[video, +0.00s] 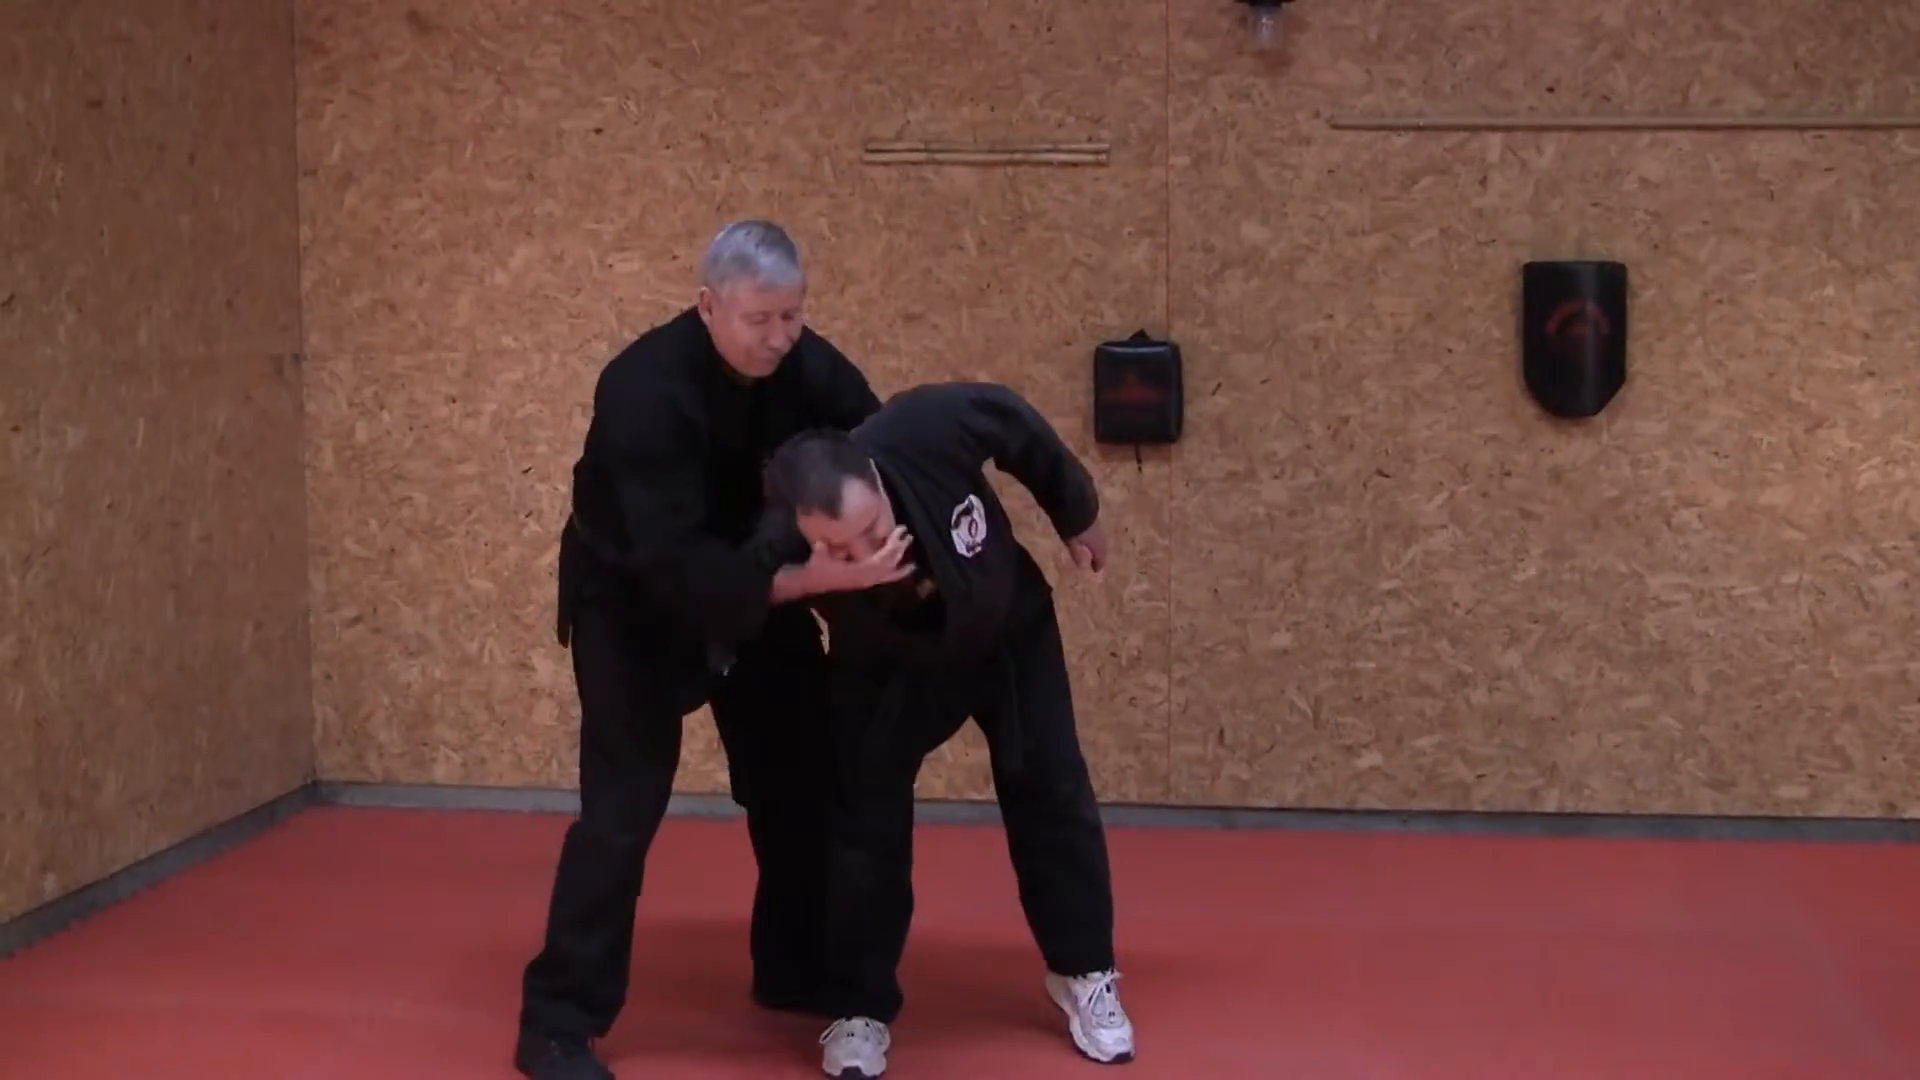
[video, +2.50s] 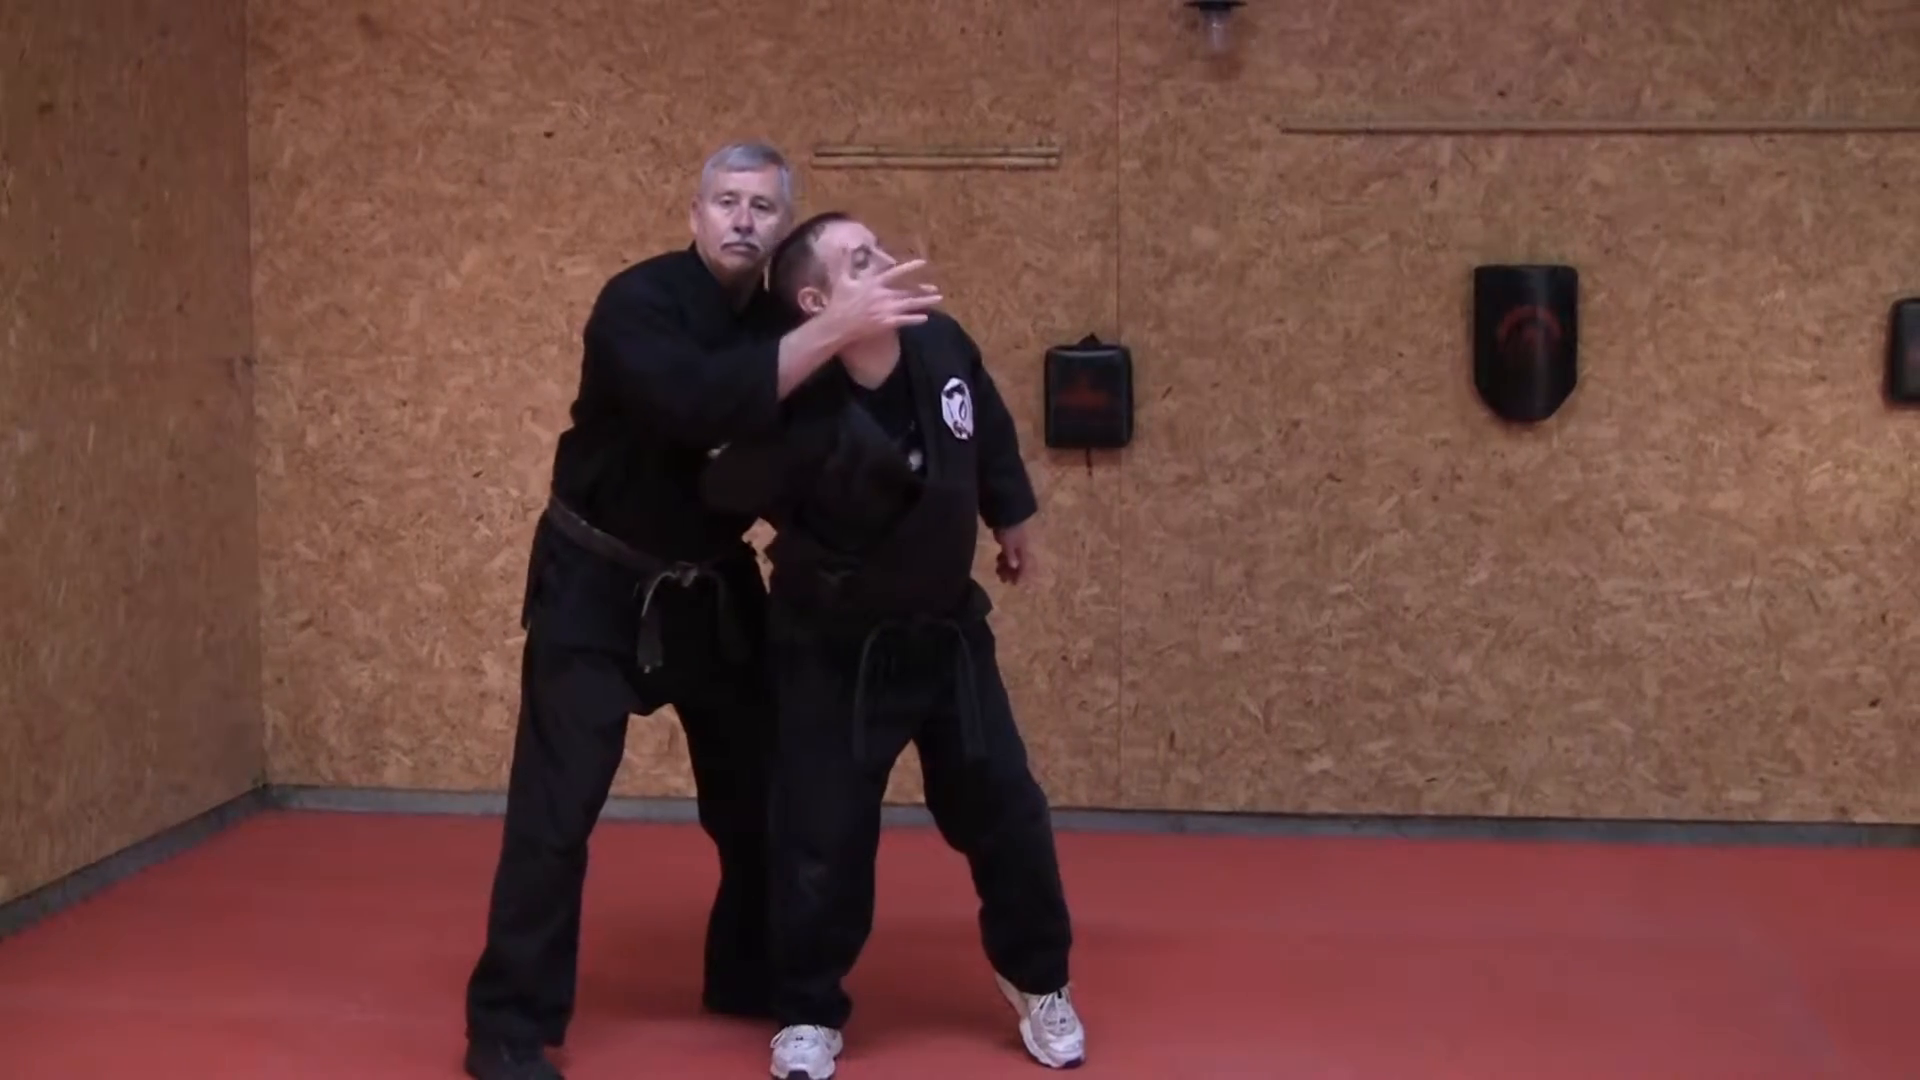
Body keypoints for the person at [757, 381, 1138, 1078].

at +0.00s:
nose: (866, 559)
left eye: (875, 534)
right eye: (837, 550)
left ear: (880, 484)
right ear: (801, 533)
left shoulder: (922, 434)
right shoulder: (781, 548)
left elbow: (1006, 416)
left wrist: (1075, 513)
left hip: (1001, 623)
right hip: (883, 655)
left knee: (1050, 789)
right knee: (866, 818)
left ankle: (1085, 972)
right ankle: (861, 1011)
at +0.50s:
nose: (839, 375)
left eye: (842, 357)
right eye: (811, 376)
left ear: (865, 363)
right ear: (785, 413)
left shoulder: (940, 388)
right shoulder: (796, 497)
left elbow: (1024, 420)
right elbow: (753, 543)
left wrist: (1085, 494)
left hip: (1006, 622)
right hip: (888, 652)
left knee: (1053, 799)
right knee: (868, 822)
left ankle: (1079, 977)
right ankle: (851, 1011)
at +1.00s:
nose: (824, 260)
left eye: (820, 247)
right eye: (795, 261)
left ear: (847, 265)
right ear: (778, 317)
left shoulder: (939, 331)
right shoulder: (789, 425)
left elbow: (1012, 391)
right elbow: (757, 511)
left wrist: (1045, 485)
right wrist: (781, 340)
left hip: (992, 616)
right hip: (876, 636)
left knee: (1045, 804)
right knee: (853, 826)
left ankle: (1070, 981)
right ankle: (838, 1011)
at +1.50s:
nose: (862, 245)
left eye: (854, 235)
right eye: (833, 245)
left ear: (873, 268)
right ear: (805, 301)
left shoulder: (938, 339)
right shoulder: (799, 410)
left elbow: (999, 423)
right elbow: (735, 505)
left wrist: (1034, 505)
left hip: (959, 626)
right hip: (843, 639)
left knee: (1018, 807)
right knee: (832, 826)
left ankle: (1050, 981)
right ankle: (820, 1007)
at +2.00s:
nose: (868, 255)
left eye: (862, 243)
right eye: (841, 252)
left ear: (882, 267)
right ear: (808, 306)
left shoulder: (935, 342)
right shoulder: (791, 416)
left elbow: (993, 426)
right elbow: (729, 511)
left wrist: (1023, 511)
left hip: (951, 629)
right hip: (834, 640)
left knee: (1010, 808)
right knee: (822, 829)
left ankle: (1041, 981)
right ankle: (810, 1012)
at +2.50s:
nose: (888, 268)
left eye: (882, 252)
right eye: (860, 262)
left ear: (895, 269)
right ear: (812, 303)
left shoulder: (940, 346)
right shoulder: (798, 414)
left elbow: (989, 431)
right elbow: (722, 501)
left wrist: (1014, 519)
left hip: (944, 629)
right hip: (829, 641)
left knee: (1005, 808)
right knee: (819, 830)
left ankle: (1038, 981)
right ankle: (810, 1013)